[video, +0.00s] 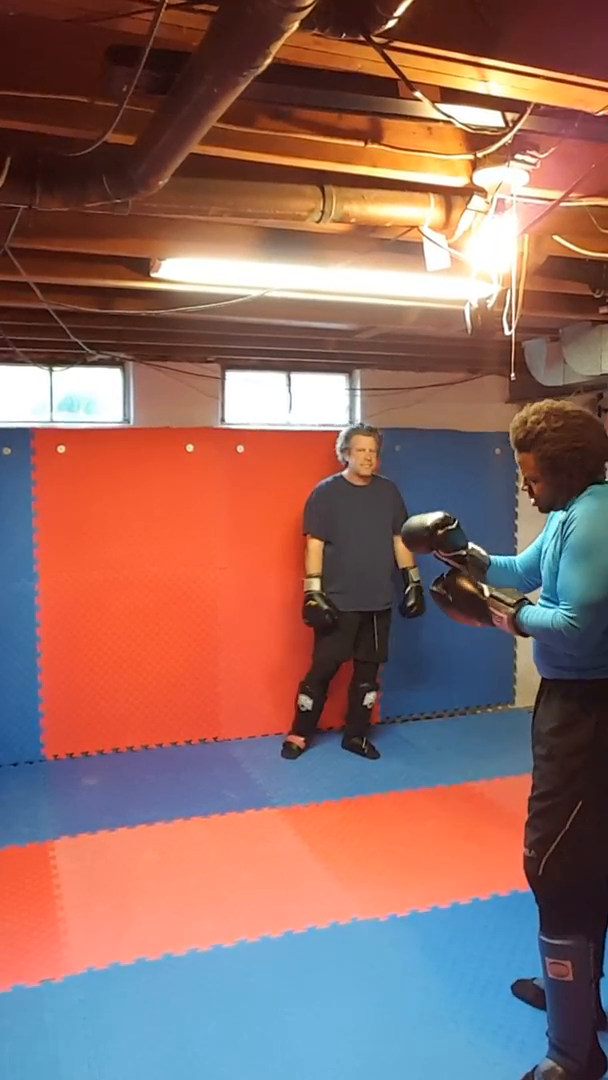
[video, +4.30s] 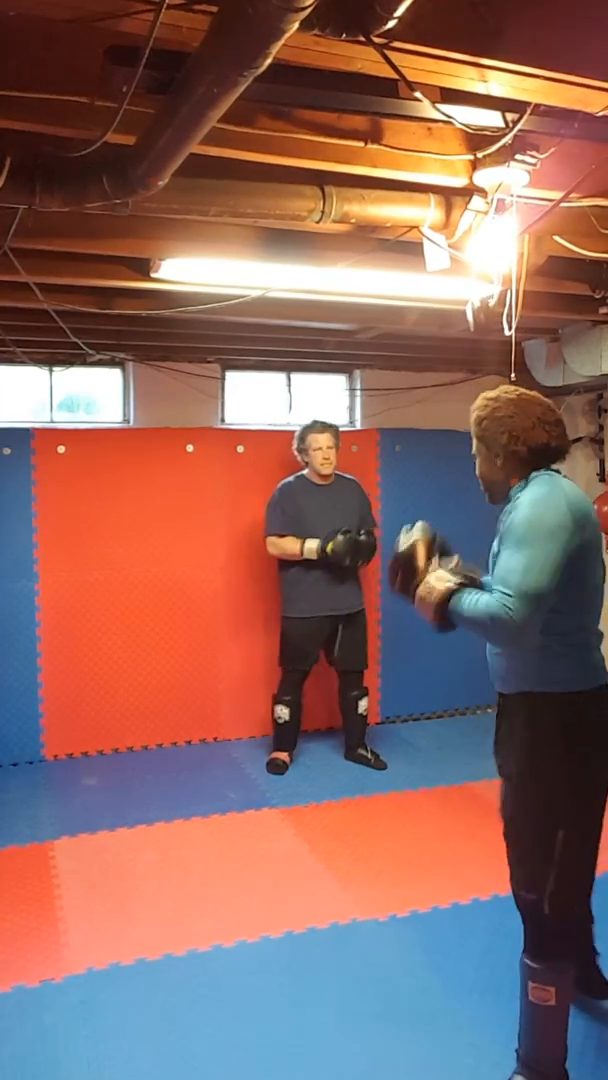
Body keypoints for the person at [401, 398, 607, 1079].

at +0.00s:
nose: (523, 479)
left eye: (531, 467)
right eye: (522, 467)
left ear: (567, 464)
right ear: (561, 466)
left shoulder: (591, 517)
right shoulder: (569, 515)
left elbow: (586, 626)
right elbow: (527, 572)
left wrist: (515, 613)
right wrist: (466, 553)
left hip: (584, 718)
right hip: (568, 708)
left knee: (562, 868)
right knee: (562, 854)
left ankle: (576, 1057)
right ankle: (575, 984)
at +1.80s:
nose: (520, 436)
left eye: (537, 427)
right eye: (516, 428)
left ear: (577, 442)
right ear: (508, 442)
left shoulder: (589, 494)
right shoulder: (499, 502)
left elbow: (597, 531)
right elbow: (423, 548)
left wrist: (568, 522)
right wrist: (419, 493)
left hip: (574, 710)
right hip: (510, 708)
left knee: (537, 880)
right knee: (497, 839)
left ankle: (542, 1065)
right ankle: (559, 965)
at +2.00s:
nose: (524, 439)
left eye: (538, 429)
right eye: (516, 429)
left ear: (566, 441)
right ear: (502, 442)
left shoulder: (589, 503)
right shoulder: (494, 498)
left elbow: (603, 517)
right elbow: (414, 515)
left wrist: (576, 434)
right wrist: (415, 456)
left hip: (570, 717)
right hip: (497, 710)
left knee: (542, 888)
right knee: (477, 843)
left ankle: (546, 1061)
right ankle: (503, 974)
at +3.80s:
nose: (460, 451)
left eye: (472, 438)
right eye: (463, 437)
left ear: (518, 445)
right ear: (498, 445)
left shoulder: (581, 510)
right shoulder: (481, 516)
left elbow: (598, 564)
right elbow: (447, 593)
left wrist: (596, 505)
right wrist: (380, 571)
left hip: (564, 727)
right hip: (486, 718)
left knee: (543, 901)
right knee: (455, 855)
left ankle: (542, 1067)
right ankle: (474, 973)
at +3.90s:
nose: (449, 459)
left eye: (461, 445)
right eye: (452, 445)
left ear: (509, 447)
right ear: (492, 449)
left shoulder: (588, 513)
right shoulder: (481, 522)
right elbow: (489, 598)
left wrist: (594, 609)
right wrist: (416, 612)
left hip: (568, 728)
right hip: (490, 719)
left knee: (548, 900)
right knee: (473, 860)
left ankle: (543, 1064)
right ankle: (478, 976)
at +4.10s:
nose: (453, 472)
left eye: (460, 457)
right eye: (453, 458)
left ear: (502, 454)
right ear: (497, 456)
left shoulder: (570, 515)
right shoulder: (502, 516)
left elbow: (606, 616)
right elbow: (506, 607)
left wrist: (550, 649)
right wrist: (437, 608)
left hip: (560, 728)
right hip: (503, 717)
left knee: (545, 890)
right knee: (505, 854)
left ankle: (544, 1065)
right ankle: (522, 967)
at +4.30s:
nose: (474, 462)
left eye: (479, 447)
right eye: (475, 447)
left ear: (506, 450)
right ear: (528, 446)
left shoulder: (545, 503)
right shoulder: (537, 502)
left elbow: (512, 615)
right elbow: (509, 591)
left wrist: (449, 596)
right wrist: (451, 569)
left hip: (555, 716)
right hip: (548, 710)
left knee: (543, 889)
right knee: (556, 876)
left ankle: (542, 1065)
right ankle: (585, 988)